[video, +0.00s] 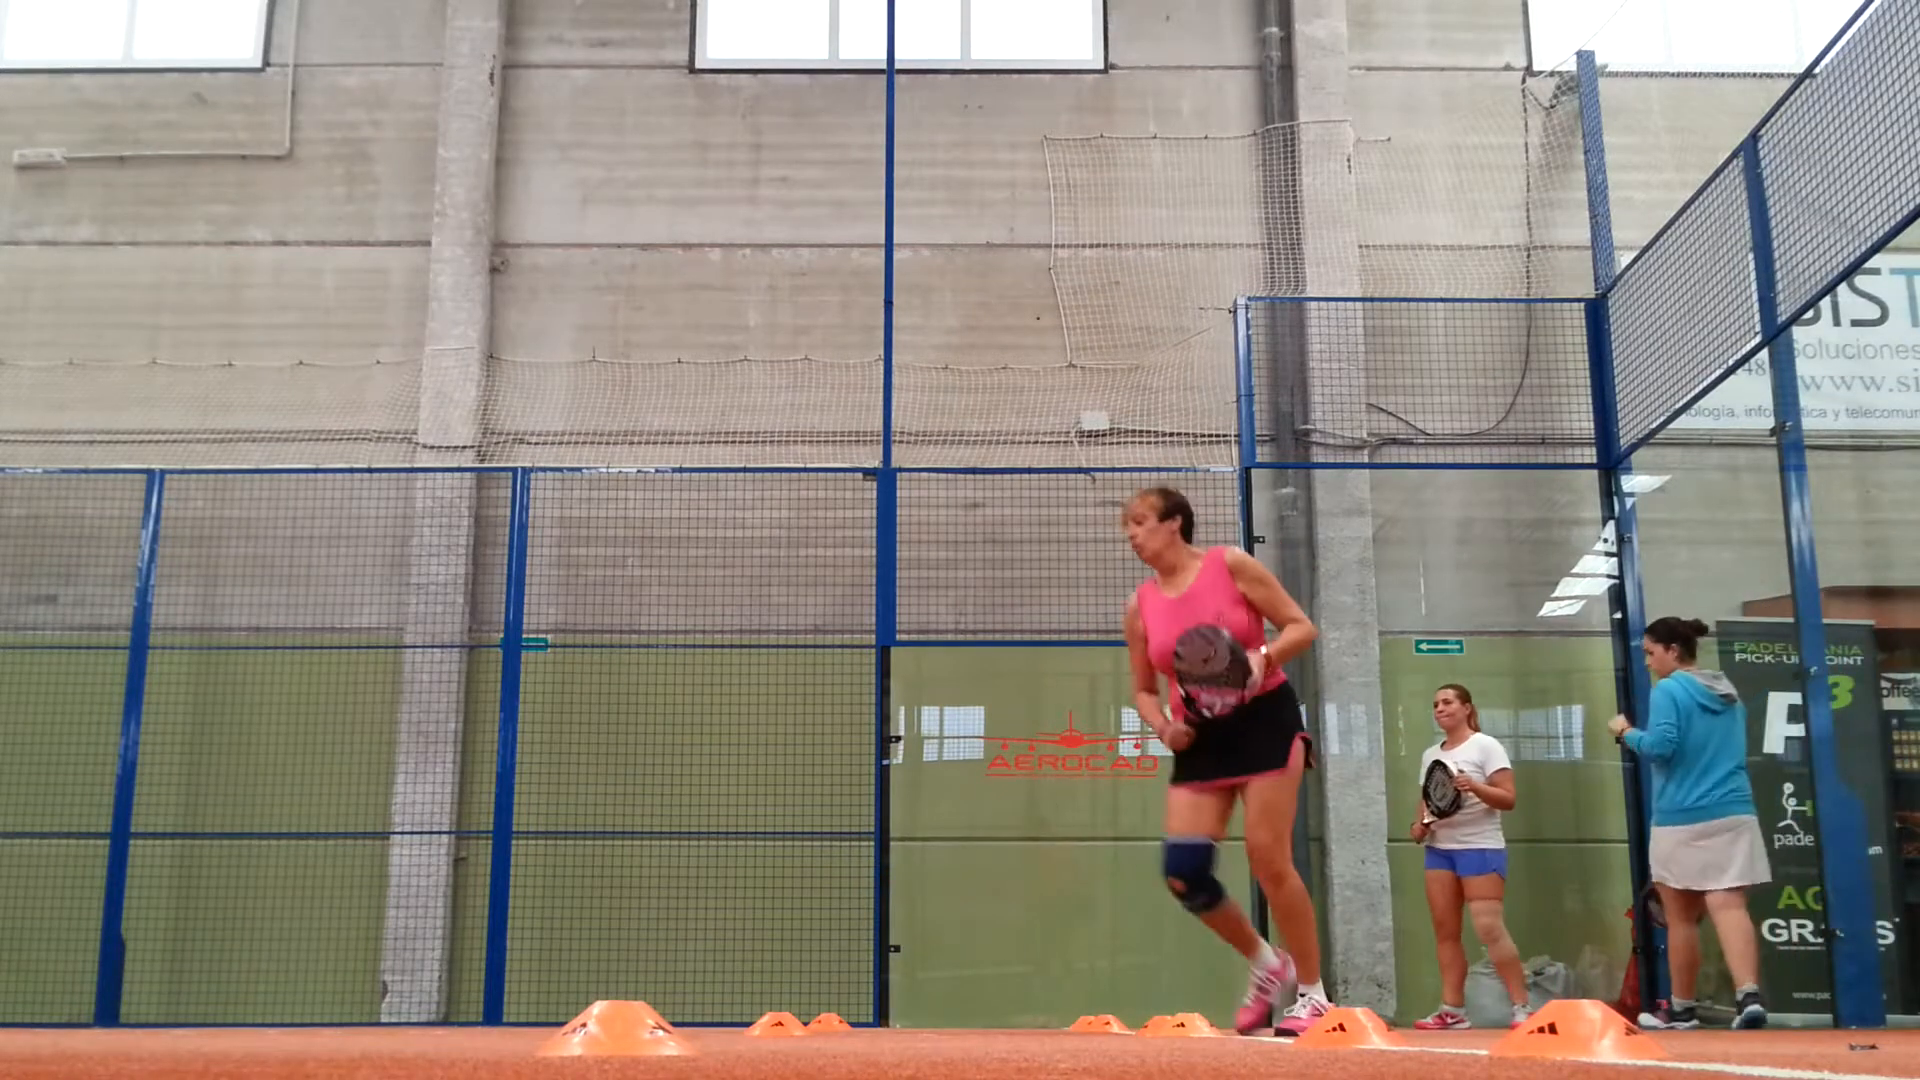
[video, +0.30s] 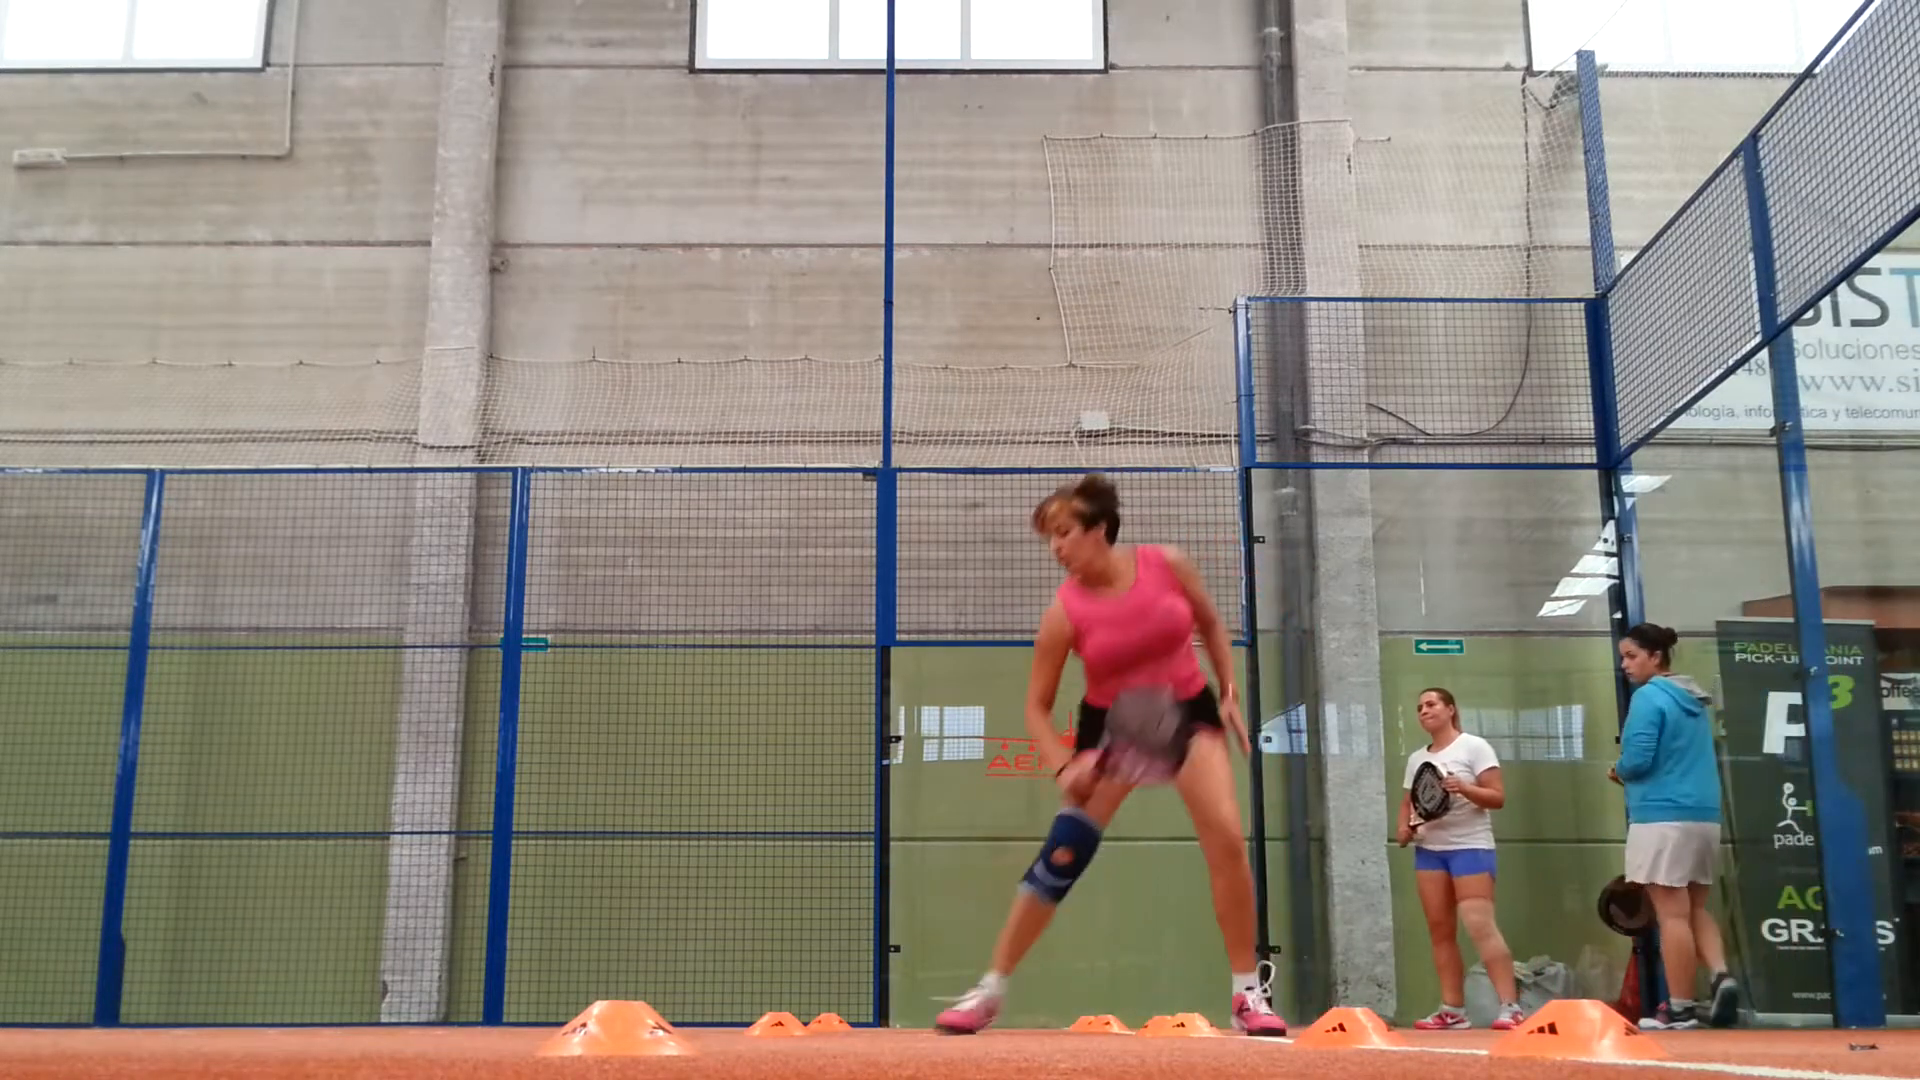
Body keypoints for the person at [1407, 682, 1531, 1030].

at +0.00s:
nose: (1440, 709)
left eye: (1447, 703)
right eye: (1436, 705)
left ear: (1467, 708)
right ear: (1435, 714)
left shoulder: (1487, 746)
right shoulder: (1431, 755)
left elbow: (1508, 799)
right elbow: (1427, 798)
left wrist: (1475, 786)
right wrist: (1422, 822)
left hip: (1480, 848)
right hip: (1440, 849)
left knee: (1489, 929)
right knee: (1446, 932)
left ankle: (1521, 1006)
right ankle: (1453, 1009)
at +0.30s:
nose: (1424, 710)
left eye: (1431, 704)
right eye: (1420, 708)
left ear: (1451, 710)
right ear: (1419, 718)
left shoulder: (1475, 747)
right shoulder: (1417, 759)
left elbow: (1497, 798)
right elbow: (1408, 802)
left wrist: (1464, 788)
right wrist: (1404, 828)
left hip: (1470, 848)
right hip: (1429, 850)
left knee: (1479, 924)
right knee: (1440, 930)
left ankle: (1510, 1006)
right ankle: (1453, 1010)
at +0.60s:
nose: (1428, 709)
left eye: (1434, 702)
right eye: (1424, 705)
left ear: (1455, 708)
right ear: (1422, 716)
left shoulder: (1474, 744)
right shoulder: (1421, 757)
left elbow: (1496, 794)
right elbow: (1420, 802)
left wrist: (1459, 781)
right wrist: (1414, 821)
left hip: (1471, 845)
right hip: (1432, 849)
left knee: (1483, 927)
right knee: (1442, 931)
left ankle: (1510, 1006)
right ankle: (1453, 1010)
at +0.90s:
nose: (1433, 706)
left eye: (1441, 700)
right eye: (1429, 702)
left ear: (1460, 707)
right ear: (1428, 712)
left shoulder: (1476, 742)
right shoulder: (1427, 753)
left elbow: (1494, 793)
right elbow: (1425, 799)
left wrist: (1453, 779)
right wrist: (1414, 820)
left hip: (1472, 845)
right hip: (1434, 848)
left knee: (1483, 926)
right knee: (1445, 930)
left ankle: (1509, 1007)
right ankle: (1452, 1009)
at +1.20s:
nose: (1435, 705)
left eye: (1443, 699)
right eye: (1432, 701)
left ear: (1462, 706)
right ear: (1430, 710)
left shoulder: (1478, 743)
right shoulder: (1428, 752)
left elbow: (1496, 795)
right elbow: (1427, 799)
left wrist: (1456, 781)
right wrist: (1416, 820)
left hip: (1473, 845)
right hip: (1436, 848)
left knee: (1484, 927)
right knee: (1446, 930)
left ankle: (1509, 1007)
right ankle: (1452, 1009)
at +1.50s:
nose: (1435, 705)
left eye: (1443, 699)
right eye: (1432, 700)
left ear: (1463, 706)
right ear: (1429, 710)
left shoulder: (1479, 743)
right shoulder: (1427, 751)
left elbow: (1495, 796)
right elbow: (1429, 796)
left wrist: (1458, 781)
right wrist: (1415, 818)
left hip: (1472, 843)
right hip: (1434, 847)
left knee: (1484, 926)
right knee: (1444, 931)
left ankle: (1508, 1006)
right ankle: (1451, 1005)